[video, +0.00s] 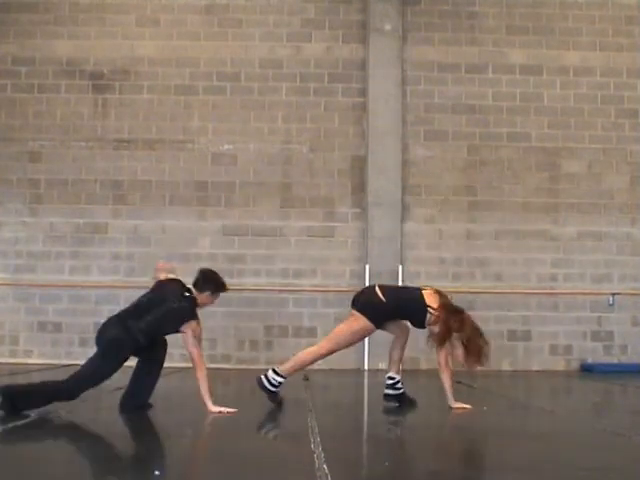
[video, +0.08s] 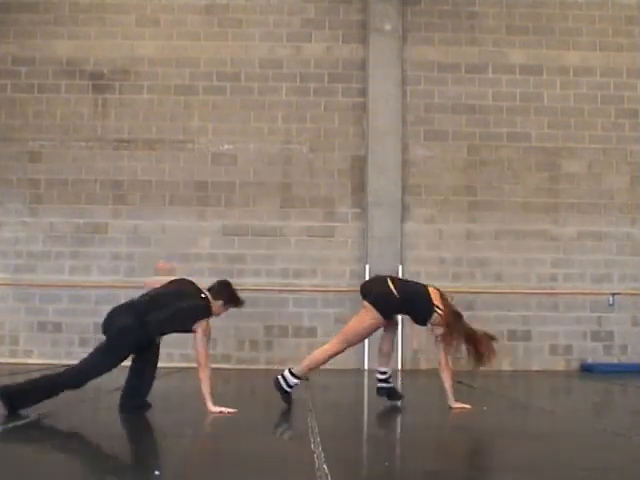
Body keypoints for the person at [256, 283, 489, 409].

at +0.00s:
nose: (442, 337)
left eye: (446, 335)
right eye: (444, 333)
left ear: (450, 315)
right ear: (449, 324)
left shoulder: (435, 298)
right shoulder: (436, 320)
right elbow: (444, 364)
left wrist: (460, 355)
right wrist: (452, 401)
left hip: (372, 298)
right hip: (373, 308)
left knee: (403, 330)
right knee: (325, 348)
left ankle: (393, 383)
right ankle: (273, 377)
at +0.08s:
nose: (449, 342)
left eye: (453, 341)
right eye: (453, 341)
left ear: (452, 324)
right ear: (453, 328)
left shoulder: (440, 299)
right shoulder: (441, 322)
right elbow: (444, 363)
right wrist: (452, 401)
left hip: (377, 285)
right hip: (384, 301)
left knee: (391, 328)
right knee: (340, 344)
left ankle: (383, 380)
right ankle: (289, 377)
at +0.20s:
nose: (441, 337)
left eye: (443, 334)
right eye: (443, 334)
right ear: (447, 326)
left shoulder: (430, 292)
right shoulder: (442, 318)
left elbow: (398, 281)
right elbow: (447, 363)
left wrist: (374, 292)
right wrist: (451, 400)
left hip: (382, 288)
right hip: (400, 309)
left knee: (369, 318)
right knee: (351, 354)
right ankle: (302, 387)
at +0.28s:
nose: (445, 331)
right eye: (447, 327)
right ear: (445, 316)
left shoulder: (422, 287)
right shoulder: (442, 320)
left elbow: (387, 272)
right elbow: (447, 365)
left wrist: (373, 297)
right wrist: (452, 401)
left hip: (399, 303)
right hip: (410, 330)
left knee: (354, 314)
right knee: (357, 364)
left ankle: (336, 328)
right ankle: (308, 391)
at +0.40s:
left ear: (422, 291)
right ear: (436, 304)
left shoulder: (418, 288)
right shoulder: (440, 320)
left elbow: (384, 276)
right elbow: (448, 364)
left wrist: (366, 298)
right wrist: (452, 401)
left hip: (410, 329)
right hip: (419, 353)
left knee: (347, 322)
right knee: (362, 377)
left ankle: (378, 351)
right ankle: (310, 396)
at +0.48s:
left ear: (416, 293)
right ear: (430, 301)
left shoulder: (414, 292)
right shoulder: (437, 319)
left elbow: (384, 283)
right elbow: (447, 360)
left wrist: (369, 306)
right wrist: (452, 400)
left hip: (418, 349)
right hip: (424, 368)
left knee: (361, 347)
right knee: (361, 385)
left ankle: (402, 388)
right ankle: (310, 398)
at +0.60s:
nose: (399, 301)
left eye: (402, 298)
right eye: (399, 299)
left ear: (412, 301)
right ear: (408, 304)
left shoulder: (415, 314)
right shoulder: (410, 331)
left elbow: (398, 294)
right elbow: (443, 363)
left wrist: (388, 323)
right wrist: (453, 398)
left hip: (432, 374)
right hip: (420, 385)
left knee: (382, 347)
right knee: (363, 394)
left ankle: (413, 393)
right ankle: (310, 399)